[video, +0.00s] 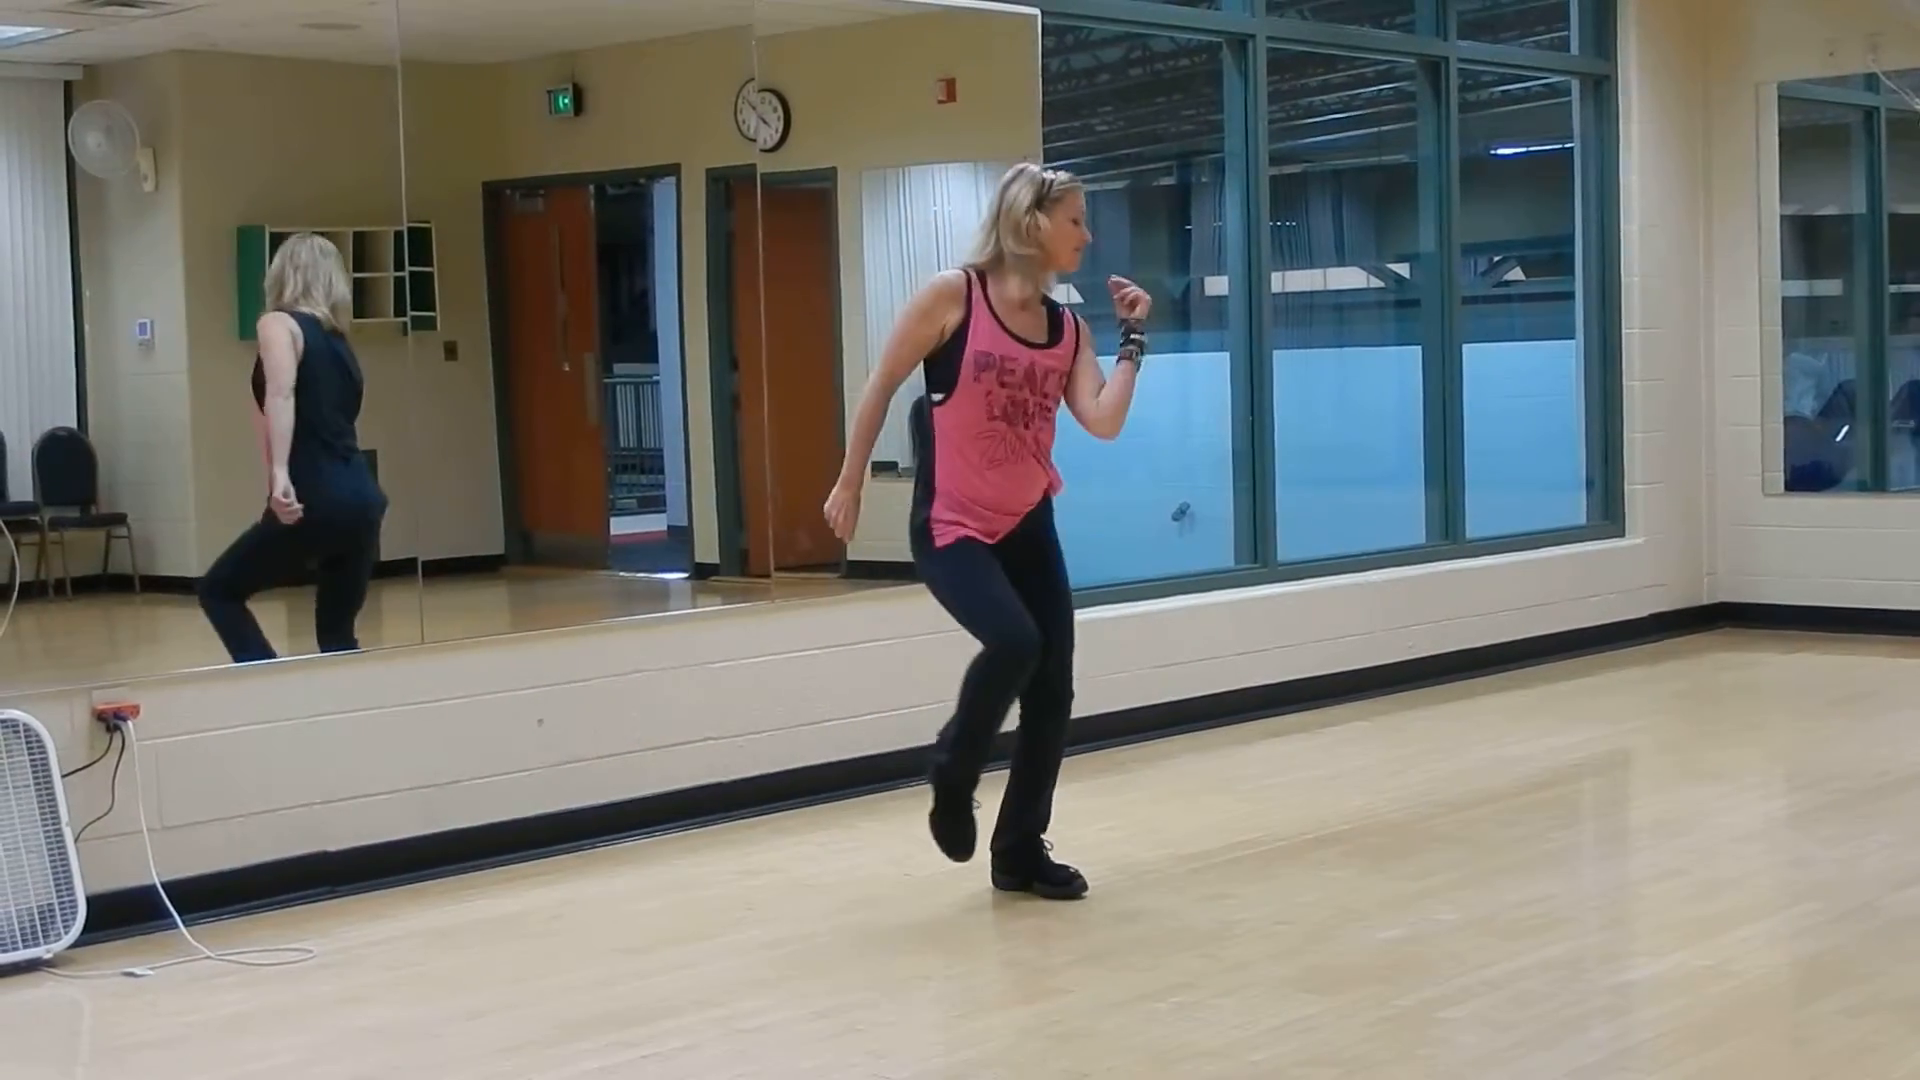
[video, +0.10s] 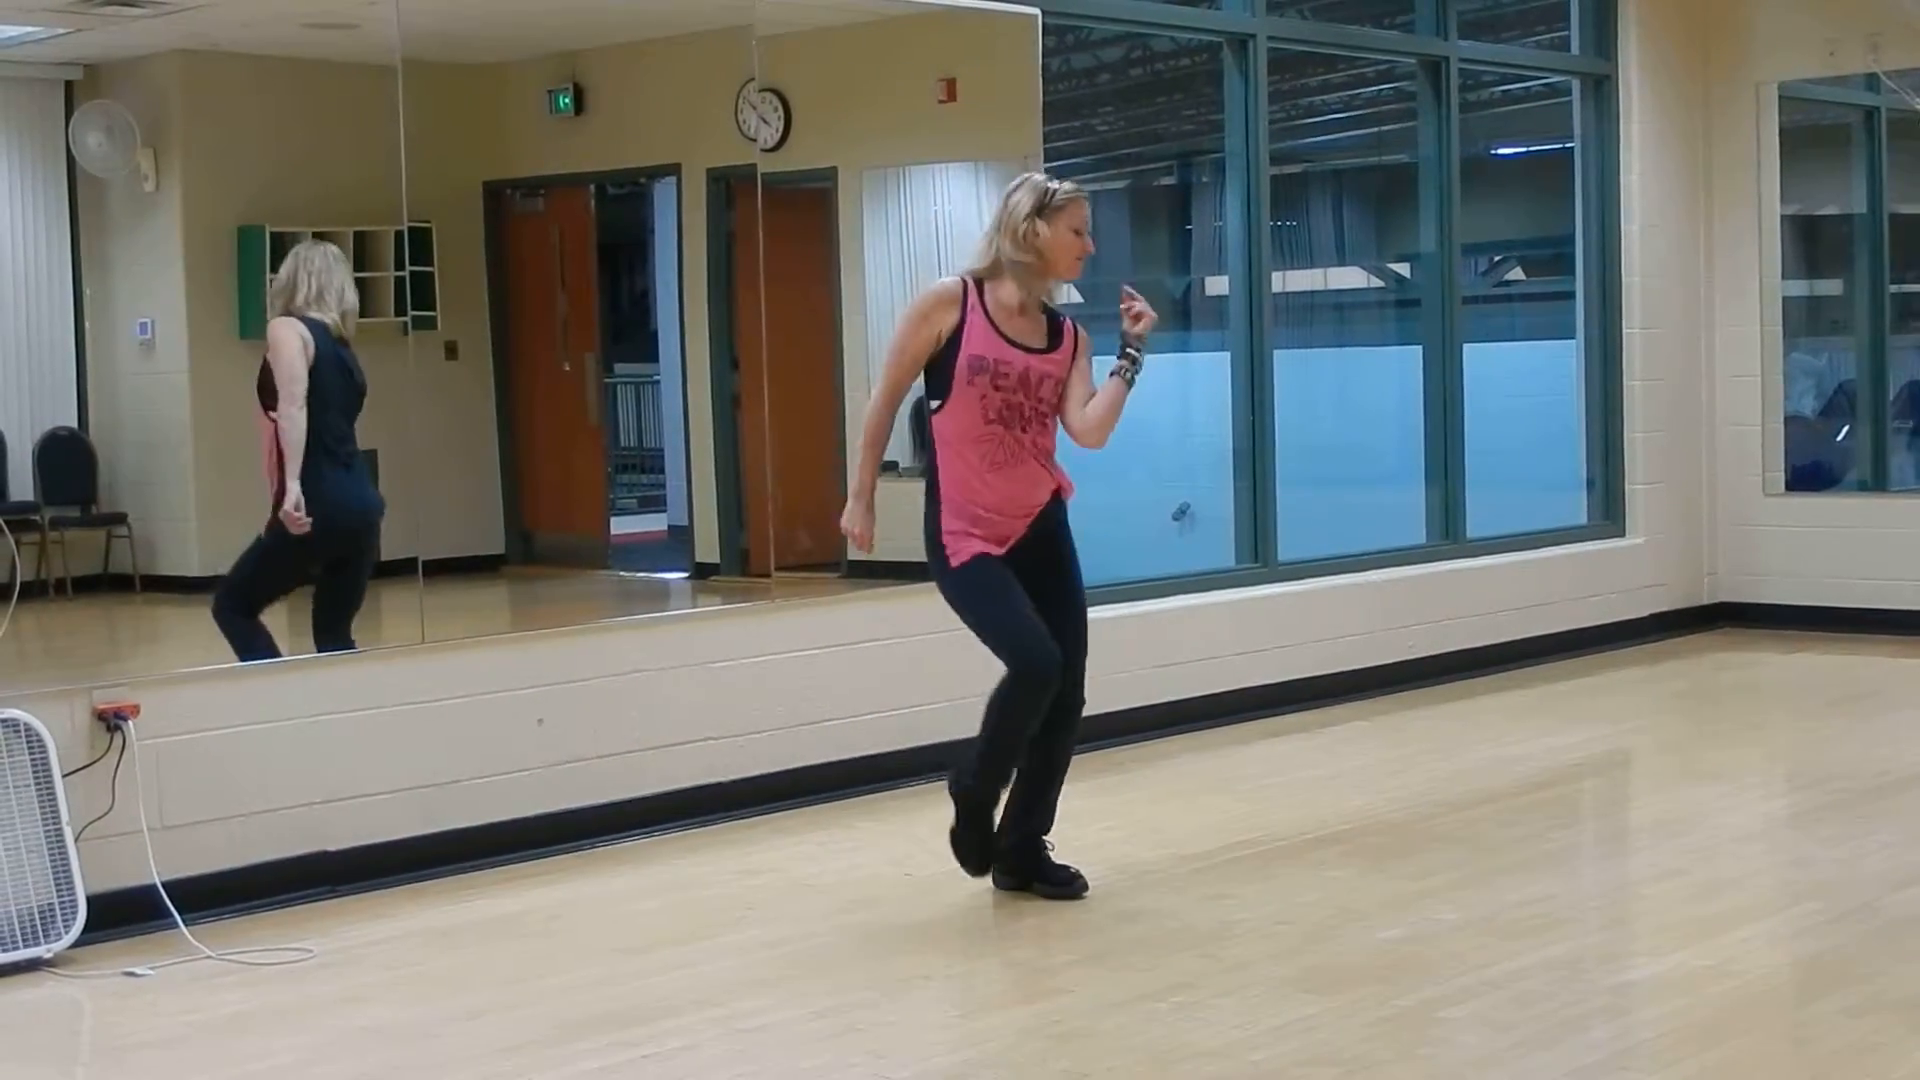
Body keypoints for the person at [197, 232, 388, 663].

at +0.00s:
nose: (272, 278)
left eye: (277, 270)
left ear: (282, 275)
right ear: (335, 281)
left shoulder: (277, 324)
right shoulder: (338, 339)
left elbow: (281, 395)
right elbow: (336, 424)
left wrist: (280, 472)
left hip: (314, 502)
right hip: (363, 502)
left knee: (217, 592)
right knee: (336, 632)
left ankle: (274, 694)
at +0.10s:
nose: (277, 282)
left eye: (283, 275)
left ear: (289, 282)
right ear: (341, 287)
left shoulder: (286, 329)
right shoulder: (341, 346)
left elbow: (293, 405)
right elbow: (338, 431)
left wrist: (293, 486)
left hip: (316, 509)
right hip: (361, 509)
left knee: (231, 607)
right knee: (333, 633)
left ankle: (287, 706)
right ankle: (362, 719)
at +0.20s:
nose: (276, 286)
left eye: (282, 279)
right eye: (280, 278)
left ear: (291, 285)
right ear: (340, 289)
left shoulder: (285, 332)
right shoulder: (342, 345)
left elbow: (291, 410)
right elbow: (345, 428)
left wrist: (282, 493)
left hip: (313, 513)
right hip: (358, 513)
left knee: (239, 623)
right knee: (332, 634)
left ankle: (290, 719)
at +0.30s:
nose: (257, 285)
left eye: (262, 277)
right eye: (258, 277)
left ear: (274, 279)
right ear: (319, 279)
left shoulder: (271, 322)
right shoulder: (336, 330)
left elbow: (268, 402)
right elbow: (334, 417)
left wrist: (256, 478)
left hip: (303, 502)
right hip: (350, 500)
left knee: (228, 618)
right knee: (338, 631)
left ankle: (280, 717)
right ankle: (363, 723)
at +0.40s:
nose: (236, 277)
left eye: (239, 269)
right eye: (238, 268)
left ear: (248, 270)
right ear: (295, 264)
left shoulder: (250, 312)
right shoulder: (320, 315)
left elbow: (240, 393)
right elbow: (337, 398)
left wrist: (223, 462)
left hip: (290, 494)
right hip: (346, 491)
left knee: (221, 616)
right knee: (344, 625)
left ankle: (248, 728)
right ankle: (378, 727)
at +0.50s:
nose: (212, 282)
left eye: (216, 273)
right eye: (212, 273)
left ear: (230, 271)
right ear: (274, 266)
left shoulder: (230, 311)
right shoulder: (305, 313)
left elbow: (214, 387)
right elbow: (320, 391)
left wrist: (198, 457)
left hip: (279, 488)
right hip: (337, 484)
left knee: (218, 620)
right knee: (347, 621)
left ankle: (199, 731)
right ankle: (384, 725)